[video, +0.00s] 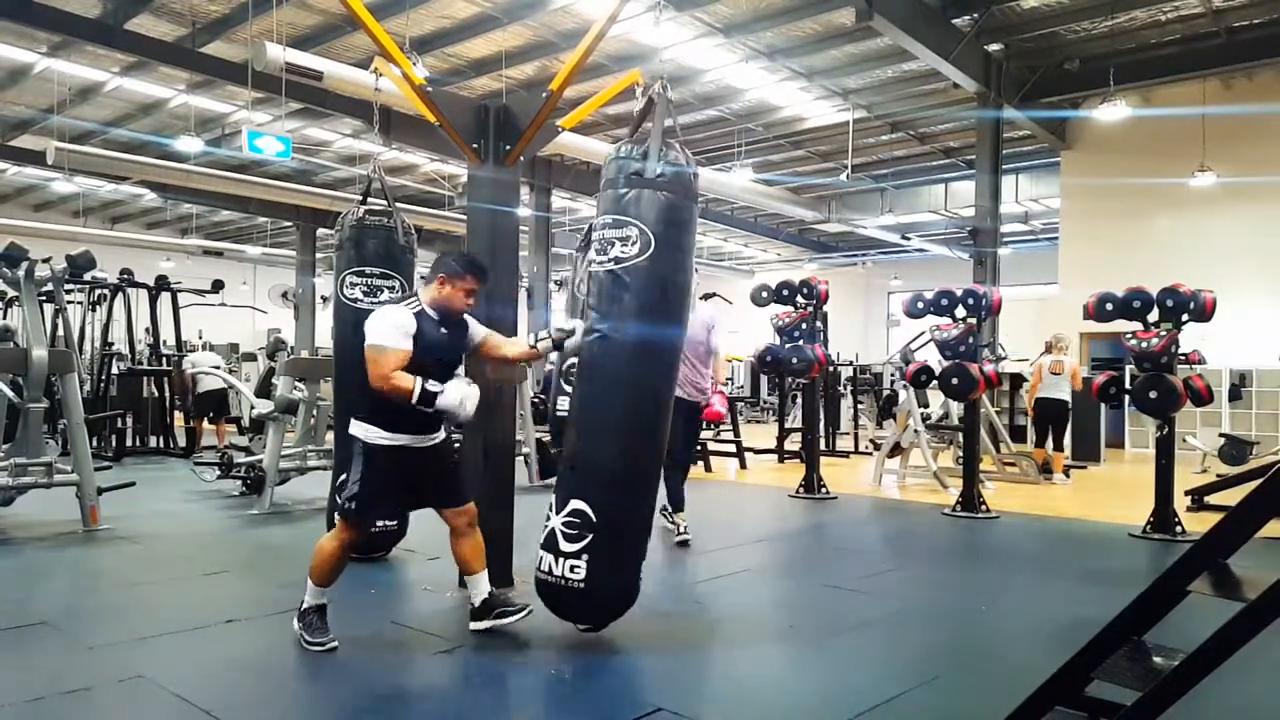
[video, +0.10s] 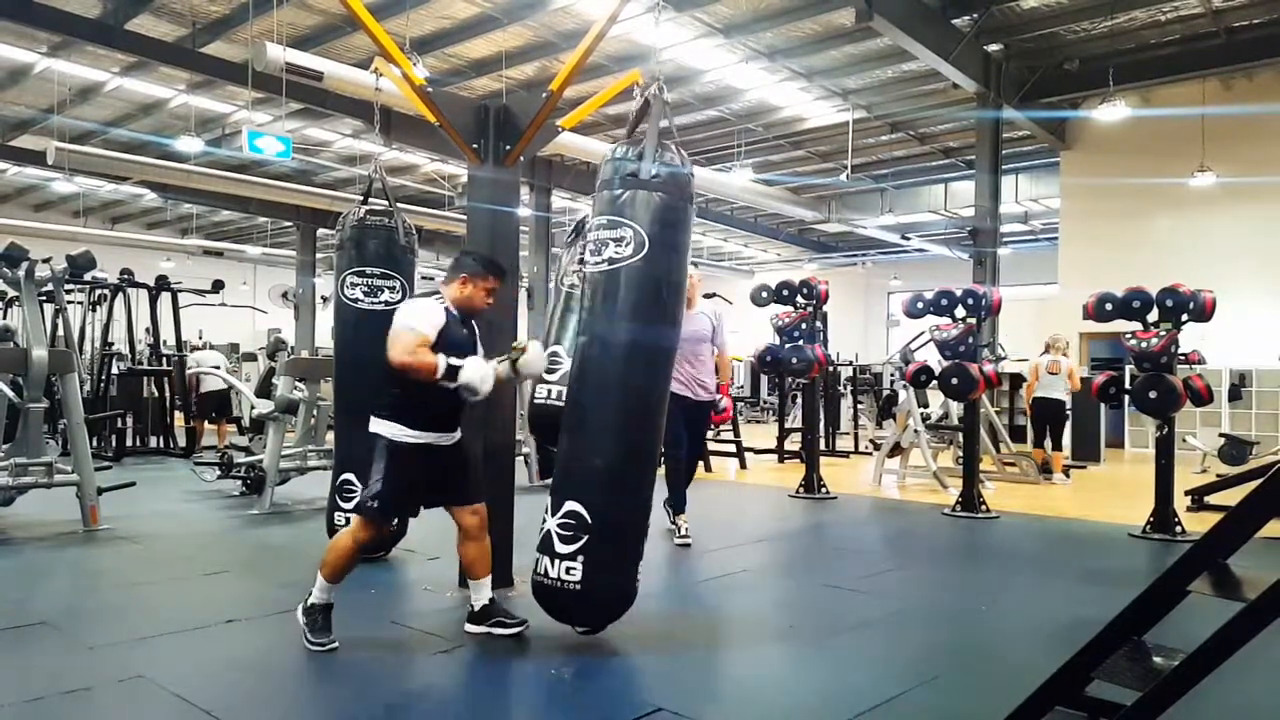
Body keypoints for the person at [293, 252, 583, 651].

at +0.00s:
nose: (472, 303)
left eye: (474, 295)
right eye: (468, 294)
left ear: (458, 290)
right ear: (441, 284)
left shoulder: (461, 325)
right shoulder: (392, 318)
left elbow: (507, 348)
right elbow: (383, 377)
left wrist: (552, 339)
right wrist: (439, 395)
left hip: (432, 445)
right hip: (379, 445)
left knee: (464, 518)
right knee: (349, 532)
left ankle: (482, 603)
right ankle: (311, 609)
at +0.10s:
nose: (490, 303)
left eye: (493, 295)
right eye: (488, 293)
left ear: (469, 287)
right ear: (463, 283)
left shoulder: (467, 326)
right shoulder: (421, 310)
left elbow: (470, 378)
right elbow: (402, 355)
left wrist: (512, 367)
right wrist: (458, 370)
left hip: (445, 442)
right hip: (400, 440)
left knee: (474, 520)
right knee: (366, 530)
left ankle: (482, 608)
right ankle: (316, 605)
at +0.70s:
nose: (522, 314)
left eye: (526, 307)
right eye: (524, 304)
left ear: (499, 289)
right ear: (505, 290)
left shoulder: (472, 315)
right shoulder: (469, 317)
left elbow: (491, 379)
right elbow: (498, 382)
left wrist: (519, 357)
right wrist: (527, 355)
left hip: (467, 450)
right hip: (440, 449)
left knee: (492, 528)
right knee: (442, 558)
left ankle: (486, 604)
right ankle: (378, 674)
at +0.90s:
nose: (513, 273)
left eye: (515, 265)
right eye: (512, 263)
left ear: (481, 251)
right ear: (494, 254)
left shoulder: (440, 283)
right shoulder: (478, 286)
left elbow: (458, 360)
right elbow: (497, 353)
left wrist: (505, 387)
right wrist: (524, 381)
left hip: (455, 429)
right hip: (443, 431)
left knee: (486, 523)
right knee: (438, 546)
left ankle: (432, 630)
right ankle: (385, 675)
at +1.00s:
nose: (510, 279)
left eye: (512, 269)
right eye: (509, 268)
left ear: (473, 259)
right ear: (488, 262)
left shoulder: (434, 299)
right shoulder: (473, 305)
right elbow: (493, 377)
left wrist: (512, 386)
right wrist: (532, 393)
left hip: (425, 449)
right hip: (443, 454)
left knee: (486, 539)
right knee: (436, 567)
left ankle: (423, 636)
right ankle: (376, 690)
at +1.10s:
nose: (514, 269)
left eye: (514, 259)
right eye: (512, 259)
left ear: (473, 252)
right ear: (493, 254)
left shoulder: (437, 292)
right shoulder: (476, 297)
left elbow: (456, 368)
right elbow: (490, 370)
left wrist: (512, 366)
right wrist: (527, 370)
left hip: (442, 440)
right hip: (444, 445)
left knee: (496, 522)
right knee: (432, 563)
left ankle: (438, 622)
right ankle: (379, 684)